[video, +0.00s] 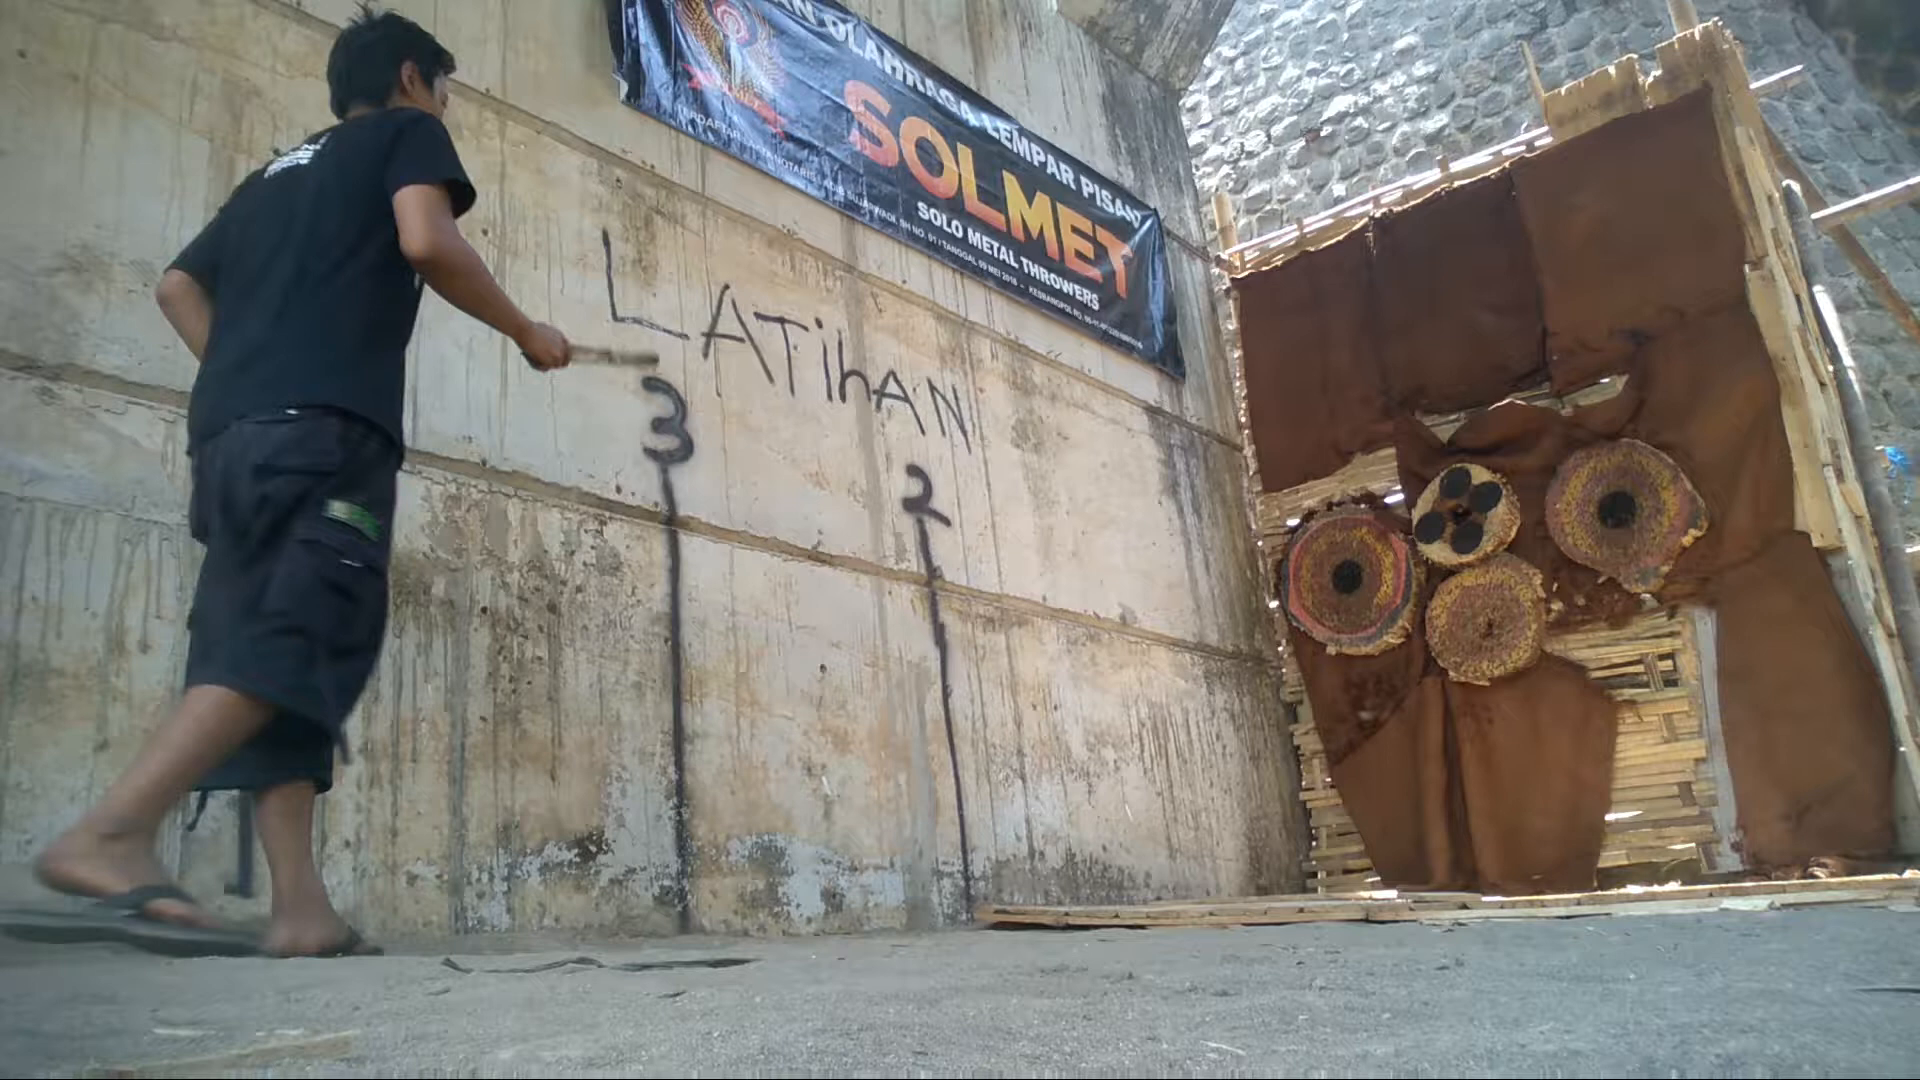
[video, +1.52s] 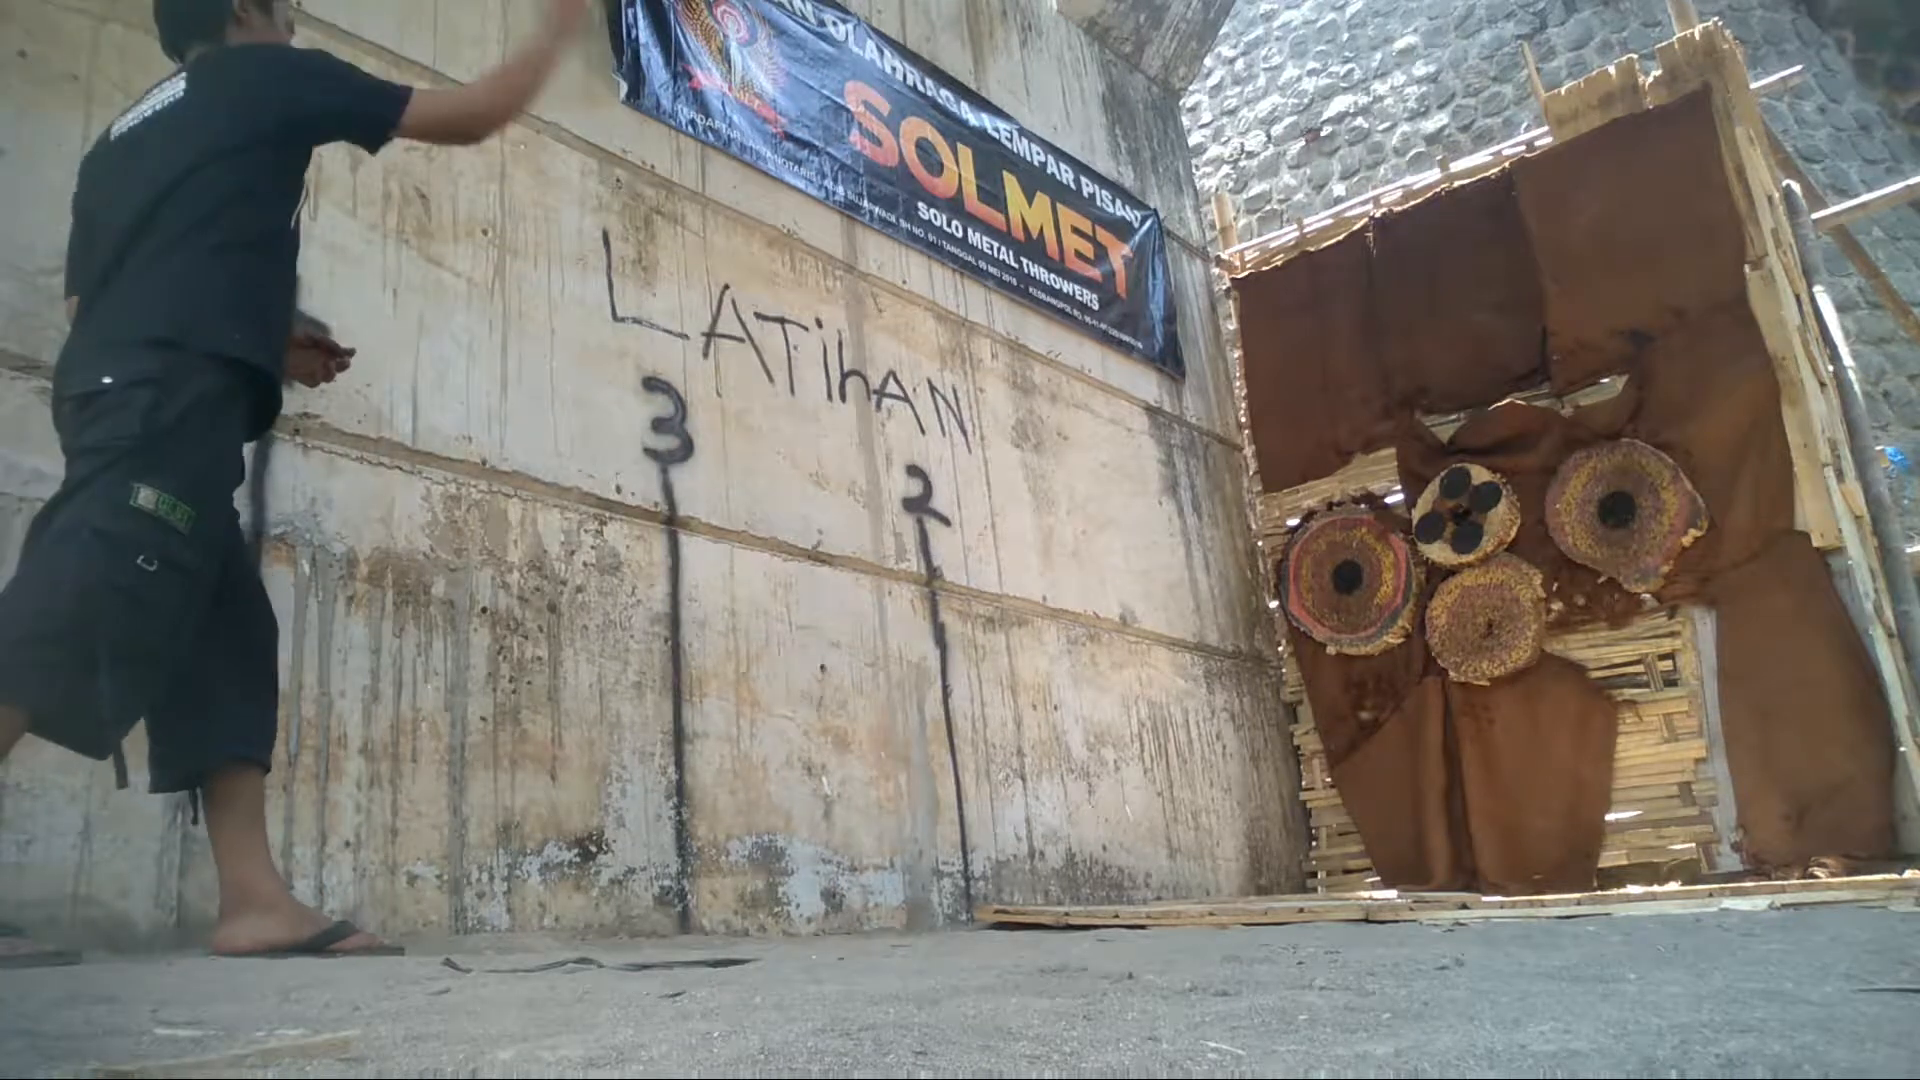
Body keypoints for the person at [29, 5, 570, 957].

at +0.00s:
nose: (443, 108)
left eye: (446, 96)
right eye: (441, 93)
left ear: (345, 89)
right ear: (409, 80)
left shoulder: (269, 178)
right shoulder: (408, 131)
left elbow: (180, 284)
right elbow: (428, 240)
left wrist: (242, 379)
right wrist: (525, 327)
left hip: (228, 428)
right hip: (324, 421)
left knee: (273, 658)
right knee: (296, 642)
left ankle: (302, 911)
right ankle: (107, 837)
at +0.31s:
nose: (345, 48)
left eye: (344, 27)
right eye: (339, 23)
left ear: (270, 14)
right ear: (292, 9)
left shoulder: (209, 86)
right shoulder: (249, 55)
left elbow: (171, 262)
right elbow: (310, 182)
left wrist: (252, 377)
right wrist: (445, 236)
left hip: (171, 422)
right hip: (134, 402)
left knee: (219, 650)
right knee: (28, 645)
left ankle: (286, 899)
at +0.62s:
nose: (243, 15)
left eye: (245, 10)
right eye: (243, 3)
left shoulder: (125, 43)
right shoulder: (132, 9)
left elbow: (82, 208)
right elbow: (216, 112)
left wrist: (170, 323)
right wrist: (368, 148)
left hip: (120, 390)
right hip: (64, 377)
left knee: (160, 635)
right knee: (30, 629)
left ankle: (191, 900)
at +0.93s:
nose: (178, 9)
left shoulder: (66, 50)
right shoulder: (73, 17)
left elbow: (50, 241)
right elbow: (207, 54)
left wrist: (191, 301)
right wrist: (353, 65)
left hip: (103, 390)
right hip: (53, 378)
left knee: (192, 622)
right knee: (22, 631)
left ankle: (209, 887)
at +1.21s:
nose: (229, 5)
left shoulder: (157, 68)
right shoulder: (97, 30)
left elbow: (116, 267)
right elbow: (81, 251)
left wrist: (245, 312)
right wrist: (231, 305)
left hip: (153, 408)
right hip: (77, 396)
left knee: (214, 629)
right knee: (21, 636)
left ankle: (254, 900)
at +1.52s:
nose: (291, 31)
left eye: (286, 18)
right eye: (280, 16)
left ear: (187, 34)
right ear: (246, 17)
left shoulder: (119, 139)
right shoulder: (273, 74)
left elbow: (89, 301)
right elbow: (467, 117)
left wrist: (266, 340)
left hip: (107, 387)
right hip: (173, 385)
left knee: (229, 633)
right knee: (59, 623)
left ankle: (255, 901)